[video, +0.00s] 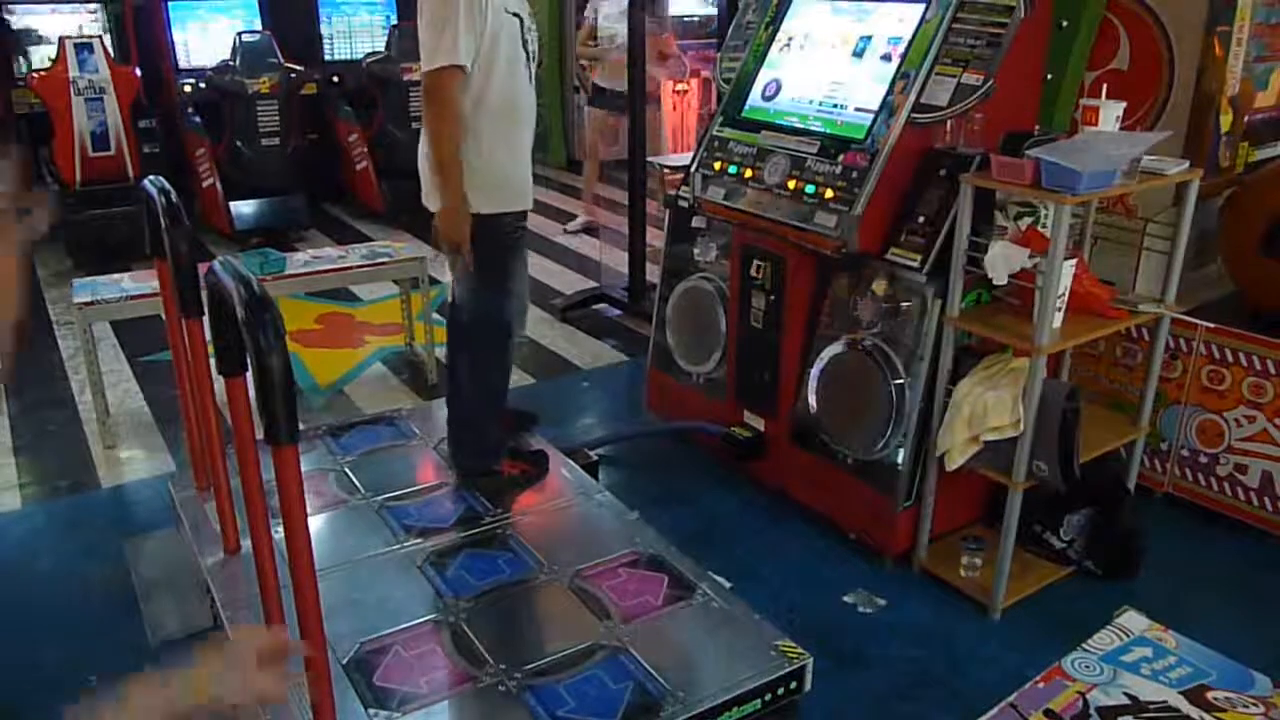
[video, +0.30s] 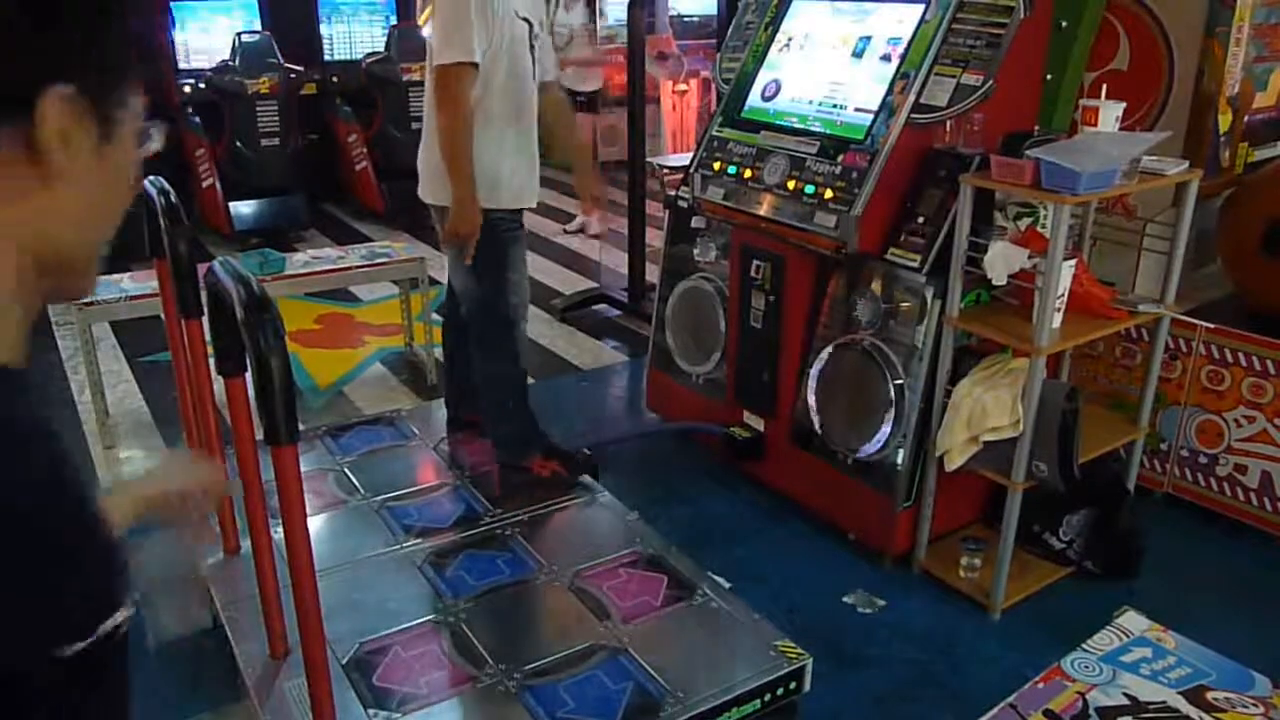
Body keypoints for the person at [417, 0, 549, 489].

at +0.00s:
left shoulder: (509, 7)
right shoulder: (453, 4)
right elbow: (440, 88)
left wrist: (509, 187)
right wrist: (452, 201)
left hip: (503, 193)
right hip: (478, 199)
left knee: (496, 320)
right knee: (482, 329)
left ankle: (488, 418)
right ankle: (477, 463)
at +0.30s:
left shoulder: (534, 8)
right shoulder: (465, 4)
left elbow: (547, 92)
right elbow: (449, 93)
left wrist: (581, 163)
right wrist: (463, 197)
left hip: (501, 185)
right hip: (474, 191)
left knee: (468, 314)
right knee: (501, 324)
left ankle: (468, 425)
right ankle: (519, 456)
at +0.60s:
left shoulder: (561, 7)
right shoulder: (477, 4)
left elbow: (602, 72)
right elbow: (464, 98)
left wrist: (672, 127)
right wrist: (490, 205)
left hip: (535, 189)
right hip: (497, 195)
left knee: (495, 306)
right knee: (517, 327)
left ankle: (473, 406)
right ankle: (532, 454)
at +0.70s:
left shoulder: (568, 6)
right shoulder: (480, 4)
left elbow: (614, 70)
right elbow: (466, 98)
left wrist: (681, 129)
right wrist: (496, 208)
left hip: (545, 192)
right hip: (504, 198)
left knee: (503, 305)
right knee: (522, 328)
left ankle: (474, 399)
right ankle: (532, 452)